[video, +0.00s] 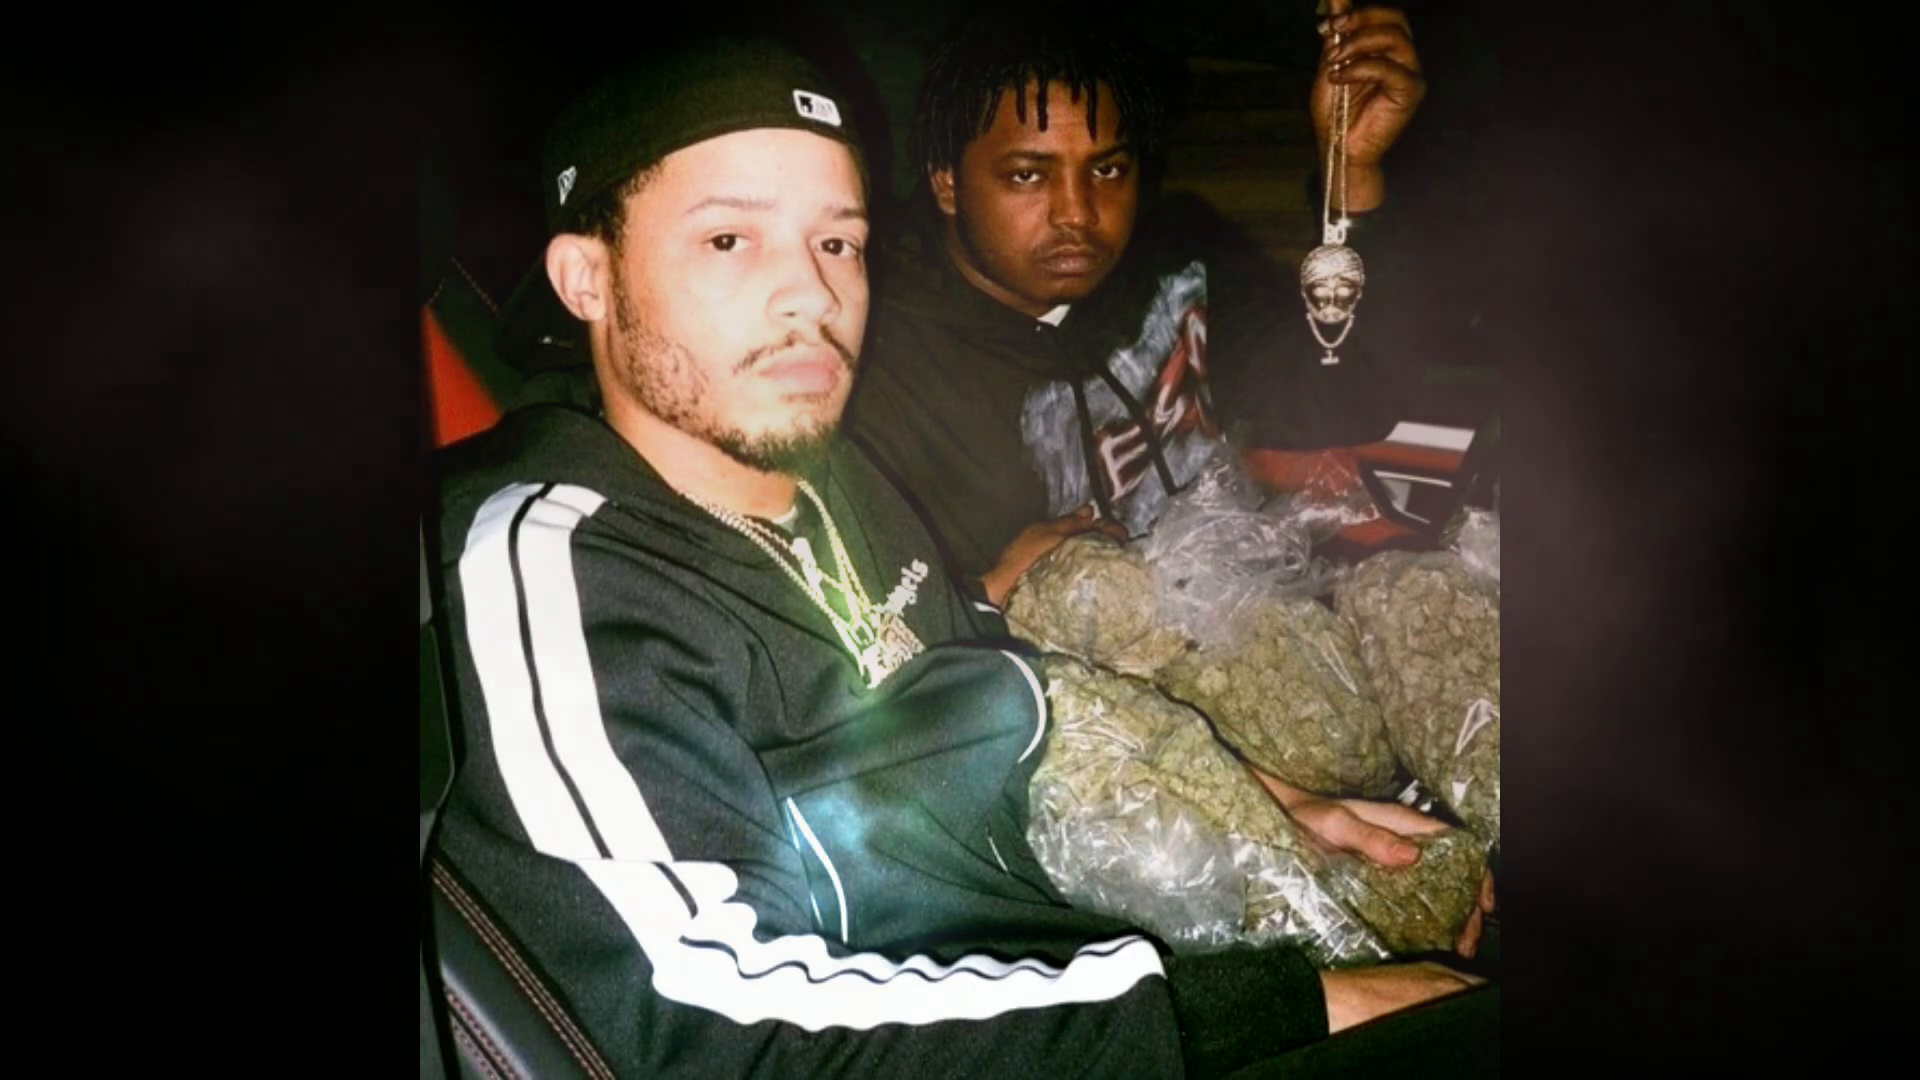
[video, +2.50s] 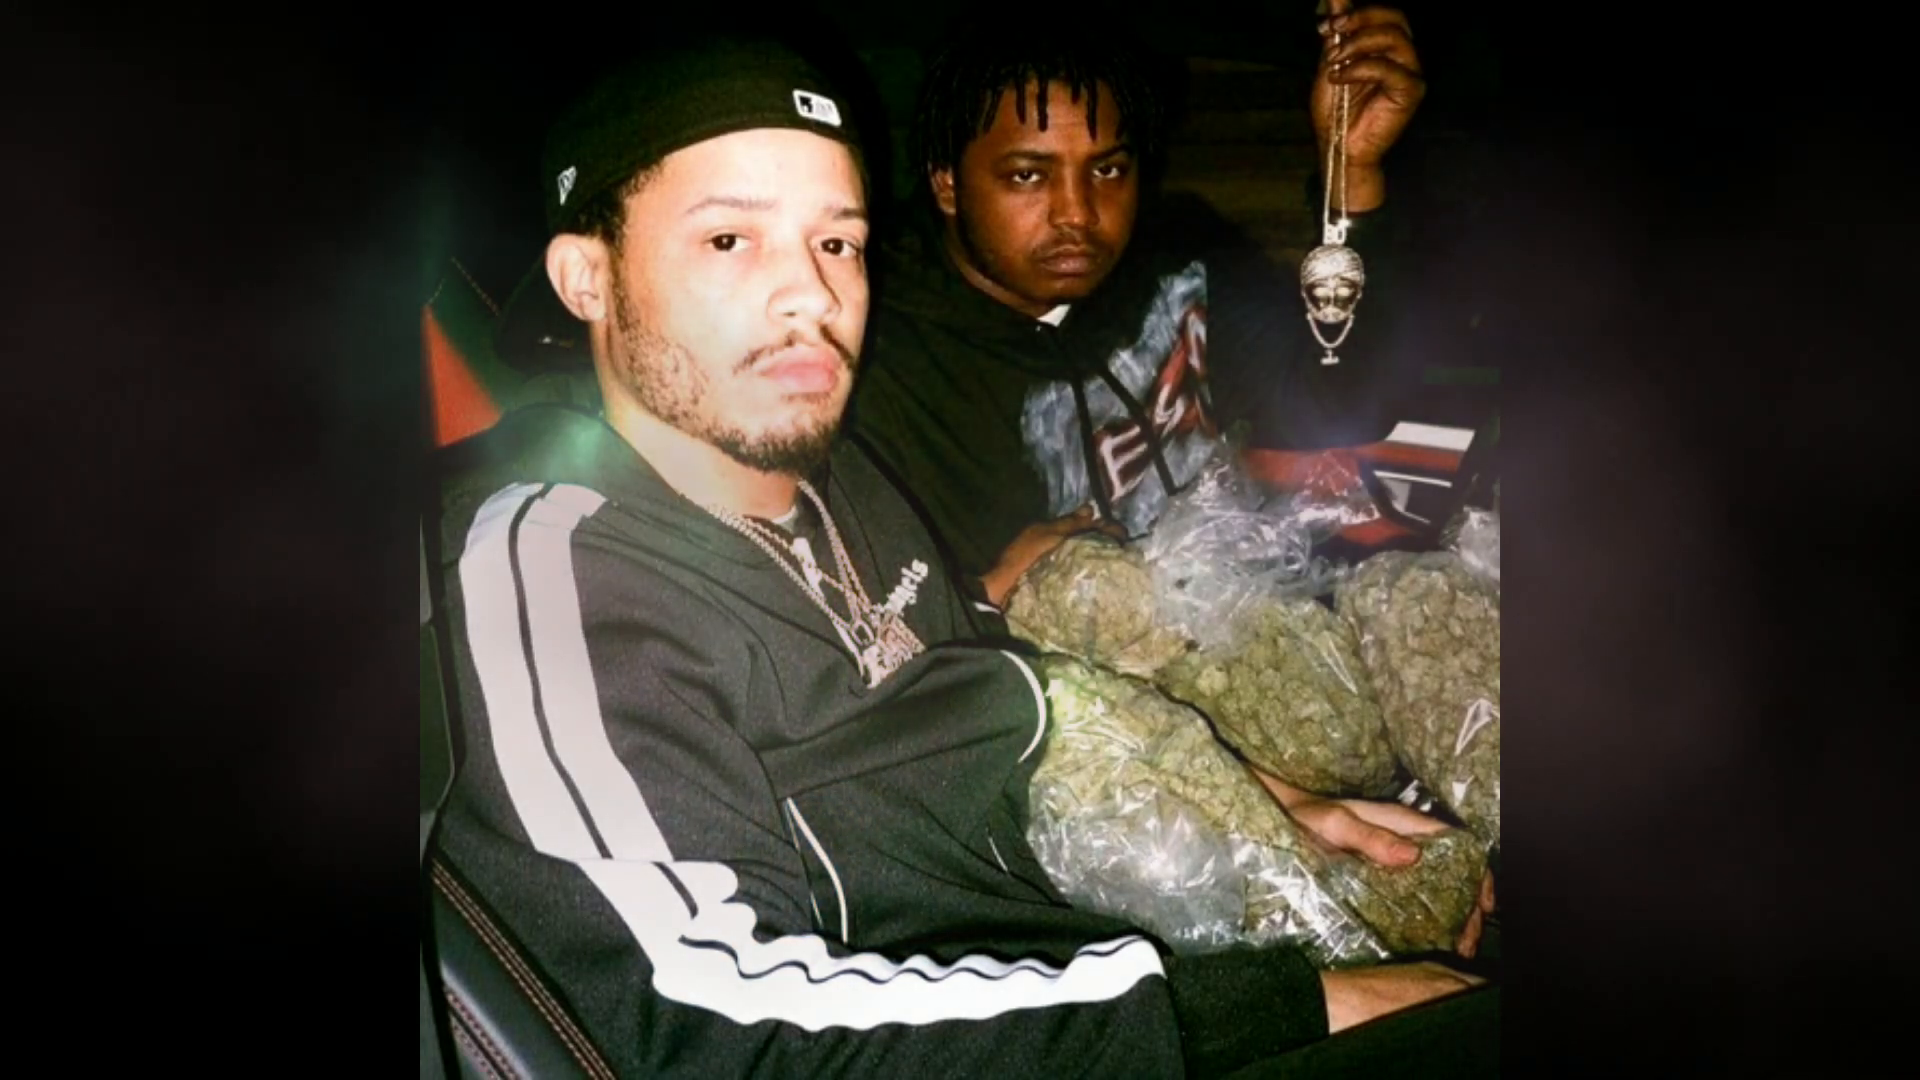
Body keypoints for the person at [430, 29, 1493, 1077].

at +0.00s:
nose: (811, 305)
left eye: (836, 249)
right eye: (731, 245)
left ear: (868, 265)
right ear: (588, 281)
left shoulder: (828, 476)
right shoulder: (534, 556)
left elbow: (1005, 732)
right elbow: (697, 1015)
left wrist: (1269, 817)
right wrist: (1272, 1010)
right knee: (1482, 1006)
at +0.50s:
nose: (811, 306)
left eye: (835, 249)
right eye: (730, 246)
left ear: (868, 268)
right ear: (589, 283)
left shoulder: (842, 484)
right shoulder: (530, 550)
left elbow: (1012, 738)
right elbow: (706, 1014)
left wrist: (1267, 817)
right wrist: (1276, 1008)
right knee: (1479, 1006)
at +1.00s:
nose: (811, 302)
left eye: (836, 249)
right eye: (730, 244)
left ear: (868, 270)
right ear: (590, 284)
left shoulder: (838, 481)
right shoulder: (533, 553)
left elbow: (1011, 731)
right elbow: (706, 1011)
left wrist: (1268, 820)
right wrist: (1274, 1008)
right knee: (1490, 1012)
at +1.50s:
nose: (810, 304)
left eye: (835, 250)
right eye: (729, 245)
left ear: (868, 269)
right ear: (588, 282)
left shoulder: (833, 481)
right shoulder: (534, 557)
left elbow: (1011, 738)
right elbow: (709, 1015)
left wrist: (1269, 821)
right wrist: (1277, 1009)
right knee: (1469, 1004)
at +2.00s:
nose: (810, 303)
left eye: (835, 249)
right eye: (729, 244)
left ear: (867, 268)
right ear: (588, 283)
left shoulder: (825, 476)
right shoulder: (532, 552)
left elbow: (1008, 732)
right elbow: (708, 1016)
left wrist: (1267, 819)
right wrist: (1278, 1008)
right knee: (1473, 1004)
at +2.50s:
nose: (810, 303)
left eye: (835, 249)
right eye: (729, 244)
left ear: (866, 269)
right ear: (588, 282)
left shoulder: (828, 482)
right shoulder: (536, 552)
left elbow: (1010, 745)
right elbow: (707, 1019)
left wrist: (1267, 820)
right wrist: (1278, 1008)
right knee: (1489, 1006)